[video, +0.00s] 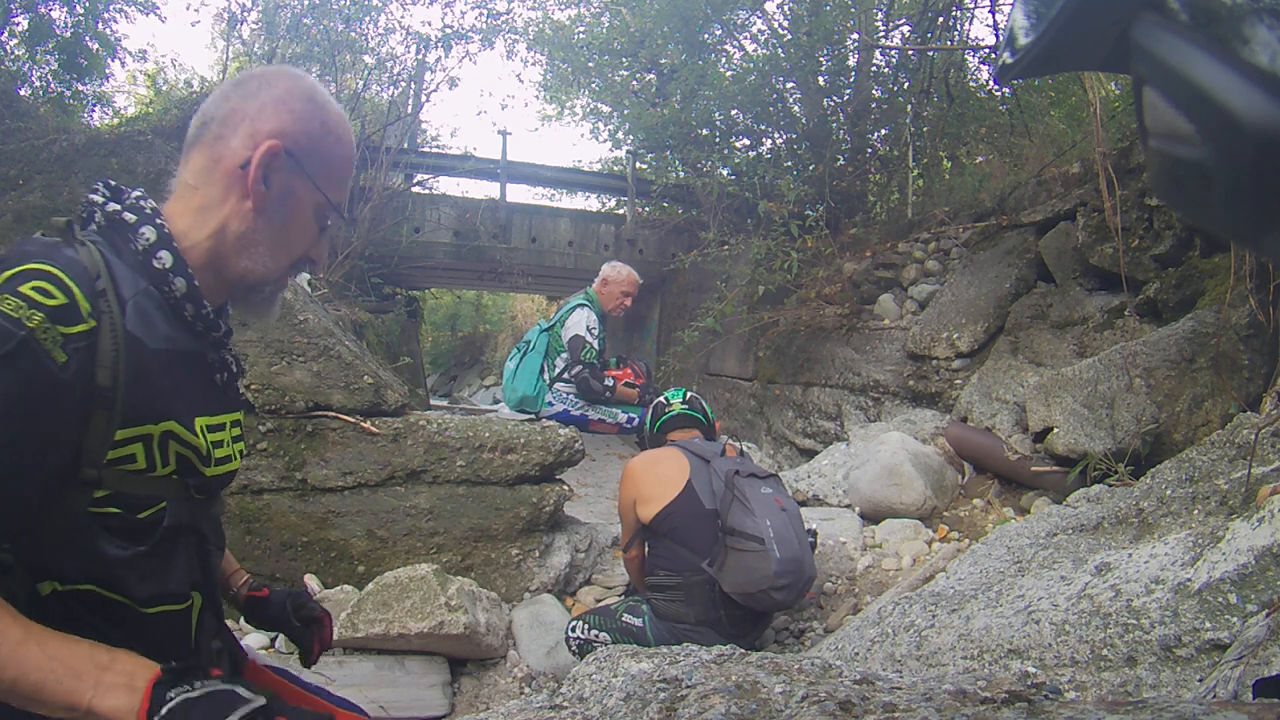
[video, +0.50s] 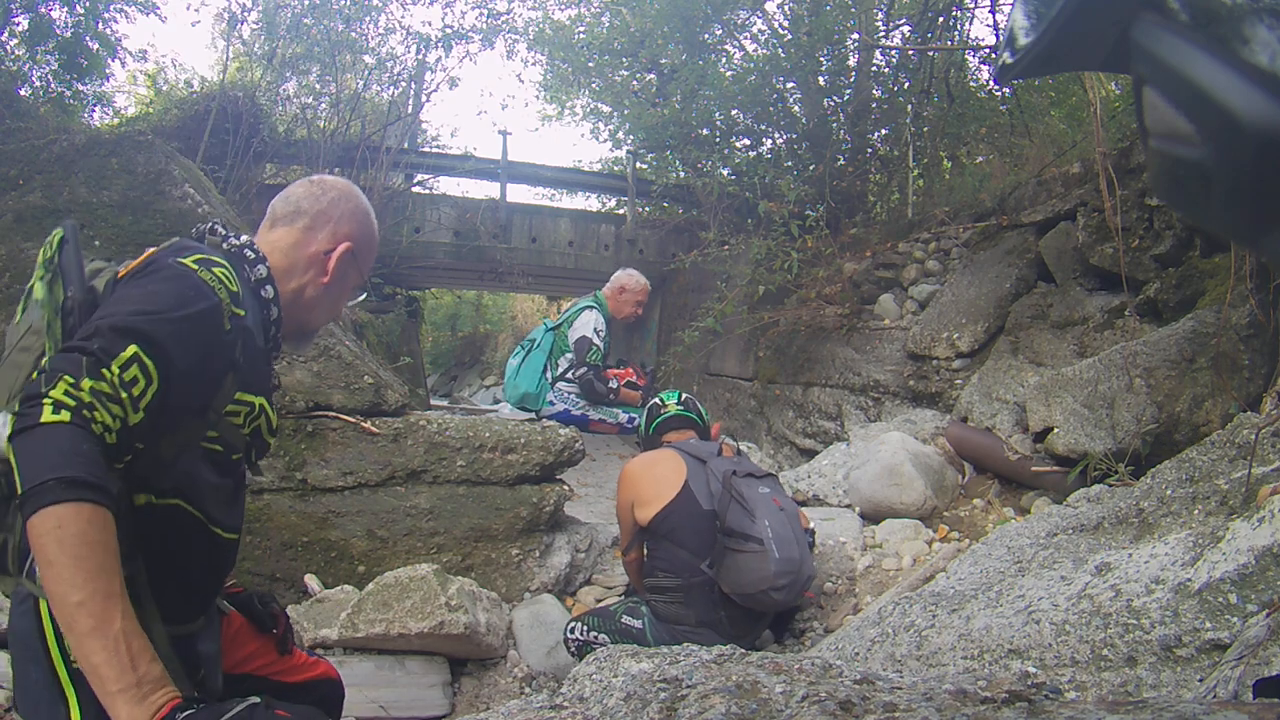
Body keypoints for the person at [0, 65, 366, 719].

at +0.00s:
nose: (320, 256)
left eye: (331, 225)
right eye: (326, 216)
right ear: (262, 173)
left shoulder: (201, 327)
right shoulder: (46, 302)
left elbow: (166, 520)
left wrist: (249, 595)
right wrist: (145, 692)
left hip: (204, 668)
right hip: (60, 700)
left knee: (351, 716)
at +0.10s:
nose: (328, 280)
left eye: (338, 255)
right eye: (334, 247)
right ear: (282, 206)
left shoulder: (203, 330)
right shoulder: (83, 314)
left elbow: (155, 521)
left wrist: (237, 597)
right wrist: (146, 701)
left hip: (186, 659)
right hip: (64, 696)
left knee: (342, 708)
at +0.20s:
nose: (333, 303)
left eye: (344, 282)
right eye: (341, 275)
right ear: (300, 240)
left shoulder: (216, 336)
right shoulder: (120, 319)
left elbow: (145, 519)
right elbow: (2, 537)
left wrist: (230, 595)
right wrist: (129, 702)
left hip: (194, 658)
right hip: (94, 694)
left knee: (334, 699)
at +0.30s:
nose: (335, 321)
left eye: (347, 302)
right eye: (346, 296)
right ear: (314, 265)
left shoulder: (221, 334)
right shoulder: (161, 317)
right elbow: (4, 474)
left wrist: (222, 591)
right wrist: (129, 701)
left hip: (192, 649)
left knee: (326, 689)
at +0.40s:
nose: (339, 326)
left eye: (352, 308)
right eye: (351, 302)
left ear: (262, 242)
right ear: (323, 276)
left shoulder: (233, 329)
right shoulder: (185, 310)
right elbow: (25, 448)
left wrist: (216, 602)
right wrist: (136, 697)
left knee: (320, 687)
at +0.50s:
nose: (340, 313)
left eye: (353, 296)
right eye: (353, 290)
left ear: (269, 229)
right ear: (331, 262)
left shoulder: (238, 310)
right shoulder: (197, 287)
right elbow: (56, 436)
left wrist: (218, 598)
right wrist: (144, 700)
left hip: (182, 625)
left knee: (319, 686)